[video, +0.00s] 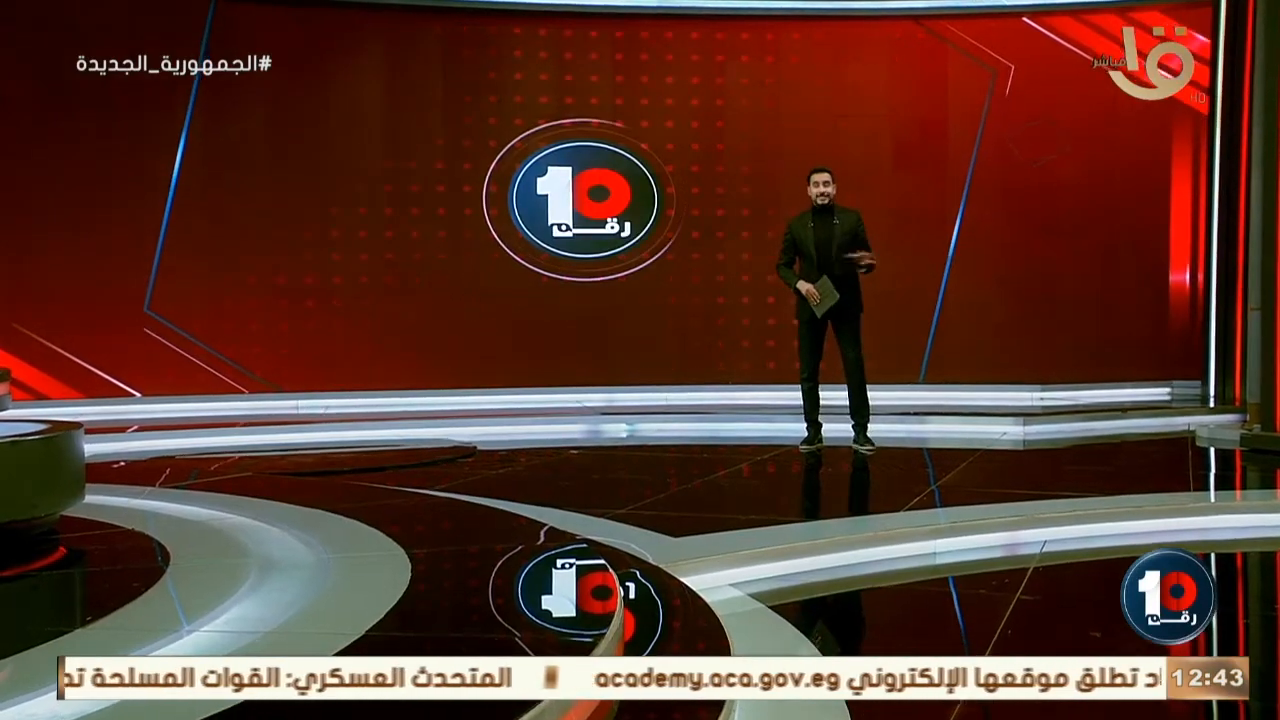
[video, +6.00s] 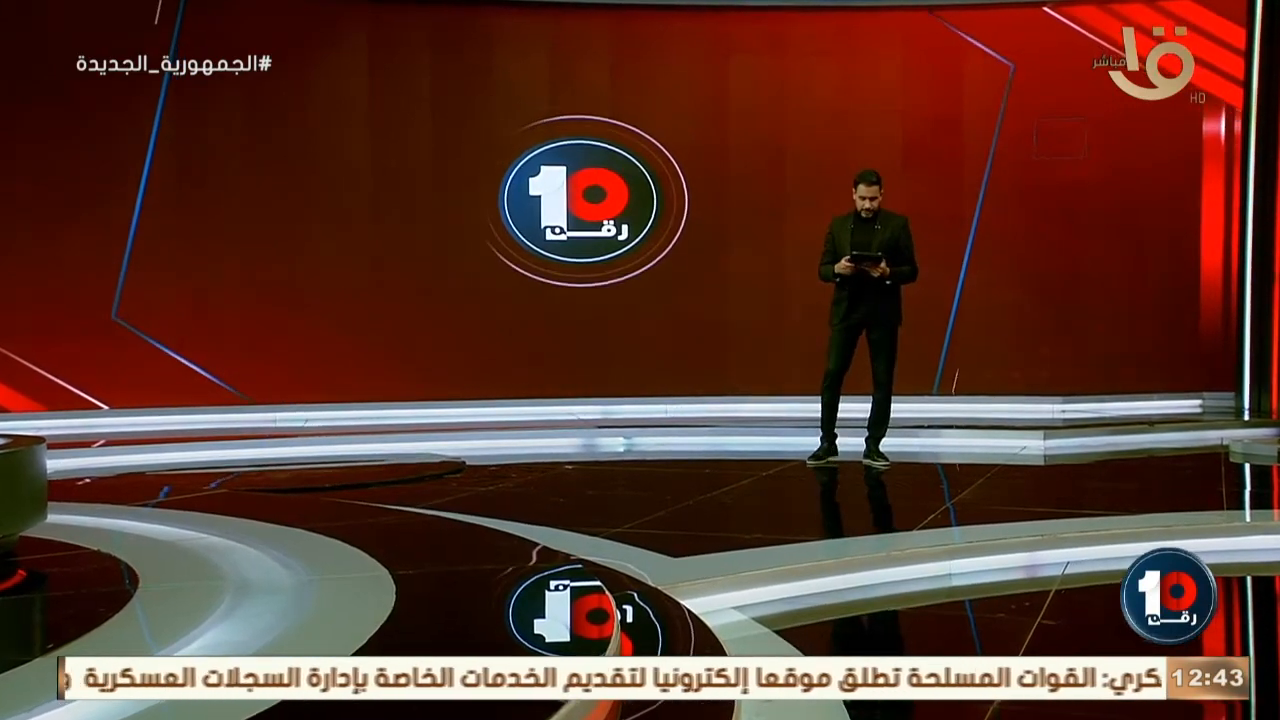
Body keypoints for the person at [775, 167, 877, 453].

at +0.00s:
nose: (822, 189)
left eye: (826, 184)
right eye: (816, 185)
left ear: (835, 188)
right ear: (808, 190)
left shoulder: (851, 219)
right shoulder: (797, 225)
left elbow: (865, 260)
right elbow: (783, 266)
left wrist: (866, 262)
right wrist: (799, 283)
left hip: (846, 303)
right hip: (811, 305)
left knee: (854, 366)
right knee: (808, 370)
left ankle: (860, 432)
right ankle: (813, 431)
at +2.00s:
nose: (863, 189)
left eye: (869, 185)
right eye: (859, 183)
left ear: (878, 190)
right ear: (852, 187)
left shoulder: (892, 224)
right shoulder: (836, 221)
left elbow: (902, 264)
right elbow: (818, 261)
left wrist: (900, 277)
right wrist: (828, 281)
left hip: (876, 309)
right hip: (841, 307)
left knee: (874, 376)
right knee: (829, 370)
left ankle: (866, 438)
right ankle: (823, 435)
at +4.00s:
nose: (820, 195)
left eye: (825, 189)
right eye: (815, 190)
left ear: (834, 191)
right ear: (807, 194)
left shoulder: (852, 224)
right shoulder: (796, 228)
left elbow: (868, 266)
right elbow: (782, 270)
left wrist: (860, 283)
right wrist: (796, 284)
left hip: (844, 311)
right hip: (809, 312)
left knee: (856, 373)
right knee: (810, 378)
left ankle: (868, 441)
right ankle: (819, 441)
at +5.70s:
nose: (862, 204)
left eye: (867, 199)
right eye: (857, 198)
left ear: (874, 197)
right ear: (847, 195)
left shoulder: (890, 224)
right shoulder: (833, 226)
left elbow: (904, 271)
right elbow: (818, 271)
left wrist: (884, 272)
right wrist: (832, 269)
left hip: (878, 315)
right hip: (842, 315)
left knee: (880, 381)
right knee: (831, 378)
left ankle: (873, 446)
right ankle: (822, 444)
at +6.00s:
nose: (868, 205)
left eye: (874, 198)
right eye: (863, 198)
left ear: (882, 197)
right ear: (854, 195)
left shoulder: (897, 225)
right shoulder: (839, 225)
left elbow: (911, 272)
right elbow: (824, 271)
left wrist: (888, 272)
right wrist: (837, 269)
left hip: (883, 315)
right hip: (846, 314)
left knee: (883, 381)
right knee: (832, 374)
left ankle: (873, 447)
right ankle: (827, 443)